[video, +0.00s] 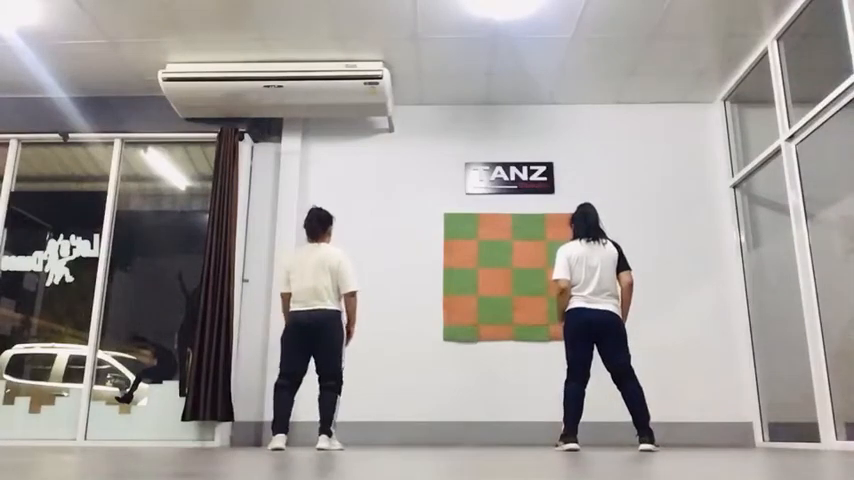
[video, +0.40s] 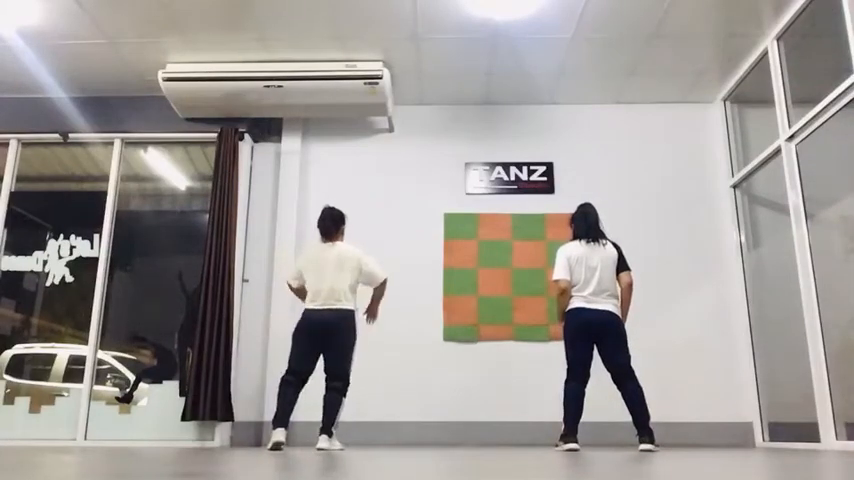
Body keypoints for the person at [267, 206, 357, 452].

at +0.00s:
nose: (331, 233)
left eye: (330, 229)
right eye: (331, 229)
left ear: (306, 231)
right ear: (328, 230)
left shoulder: (292, 256)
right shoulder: (336, 256)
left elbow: (285, 295)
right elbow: (349, 294)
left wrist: (288, 321)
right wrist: (351, 323)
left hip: (297, 321)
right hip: (328, 322)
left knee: (287, 378)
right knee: (330, 379)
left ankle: (279, 434)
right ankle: (325, 435)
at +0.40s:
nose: (342, 231)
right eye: (342, 228)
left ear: (319, 229)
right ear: (342, 229)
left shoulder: (310, 253)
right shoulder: (352, 254)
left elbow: (294, 283)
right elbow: (381, 280)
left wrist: (311, 301)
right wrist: (374, 305)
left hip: (311, 320)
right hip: (342, 322)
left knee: (294, 375)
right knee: (337, 380)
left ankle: (279, 429)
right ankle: (326, 435)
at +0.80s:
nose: (353, 241)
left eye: (350, 238)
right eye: (353, 238)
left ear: (330, 237)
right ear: (352, 238)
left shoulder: (317, 257)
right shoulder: (357, 256)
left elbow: (299, 283)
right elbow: (388, 277)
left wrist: (316, 296)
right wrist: (366, 293)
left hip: (317, 319)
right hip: (347, 320)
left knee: (324, 373)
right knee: (345, 382)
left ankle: (308, 405)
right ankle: (326, 436)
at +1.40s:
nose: (342, 229)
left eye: (336, 225)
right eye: (343, 225)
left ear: (322, 227)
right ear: (345, 227)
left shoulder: (313, 250)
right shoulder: (356, 252)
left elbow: (307, 276)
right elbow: (361, 279)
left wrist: (328, 279)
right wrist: (338, 279)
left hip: (313, 309)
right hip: (342, 309)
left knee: (311, 374)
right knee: (340, 375)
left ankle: (310, 433)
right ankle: (328, 432)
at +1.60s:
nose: (341, 236)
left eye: (340, 233)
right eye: (341, 233)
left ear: (314, 234)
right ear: (338, 234)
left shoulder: (309, 257)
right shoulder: (343, 254)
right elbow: (353, 277)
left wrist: (362, 276)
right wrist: (367, 276)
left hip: (305, 318)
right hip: (333, 317)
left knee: (311, 379)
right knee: (347, 375)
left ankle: (302, 435)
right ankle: (334, 428)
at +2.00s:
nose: (339, 232)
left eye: (337, 228)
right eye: (336, 228)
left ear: (313, 234)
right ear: (330, 231)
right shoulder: (334, 253)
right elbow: (369, 270)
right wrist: (404, 266)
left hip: (293, 319)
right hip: (318, 316)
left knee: (306, 378)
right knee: (334, 374)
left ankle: (302, 436)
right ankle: (347, 434)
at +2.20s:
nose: (337, 226)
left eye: (336, 221)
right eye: (334, 221)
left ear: (318, 225)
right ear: (325, 224)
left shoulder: (319, 246)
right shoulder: (325, 245)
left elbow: (358, 258)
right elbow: (358, 257)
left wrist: (390, 249)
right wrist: (392, 249)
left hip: (316, 311)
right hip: (323, 310)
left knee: (326, 372)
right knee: (331, 371)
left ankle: (300, 426)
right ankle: (312, 433)